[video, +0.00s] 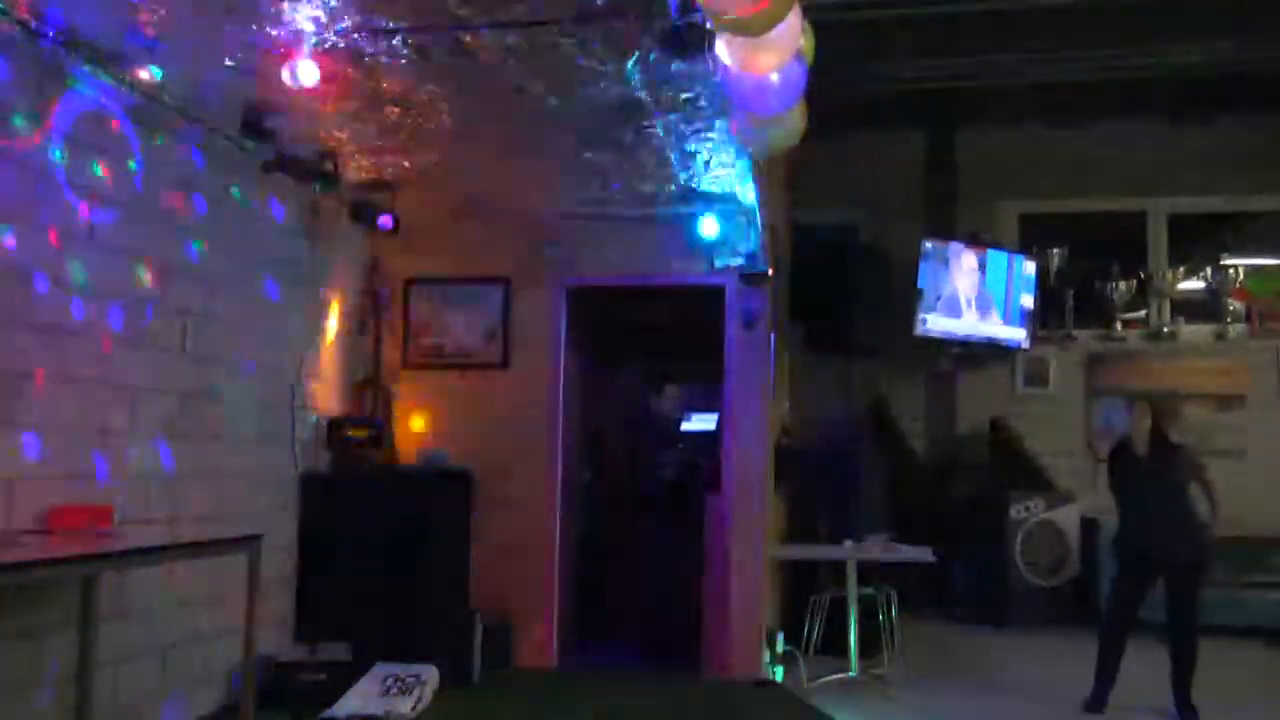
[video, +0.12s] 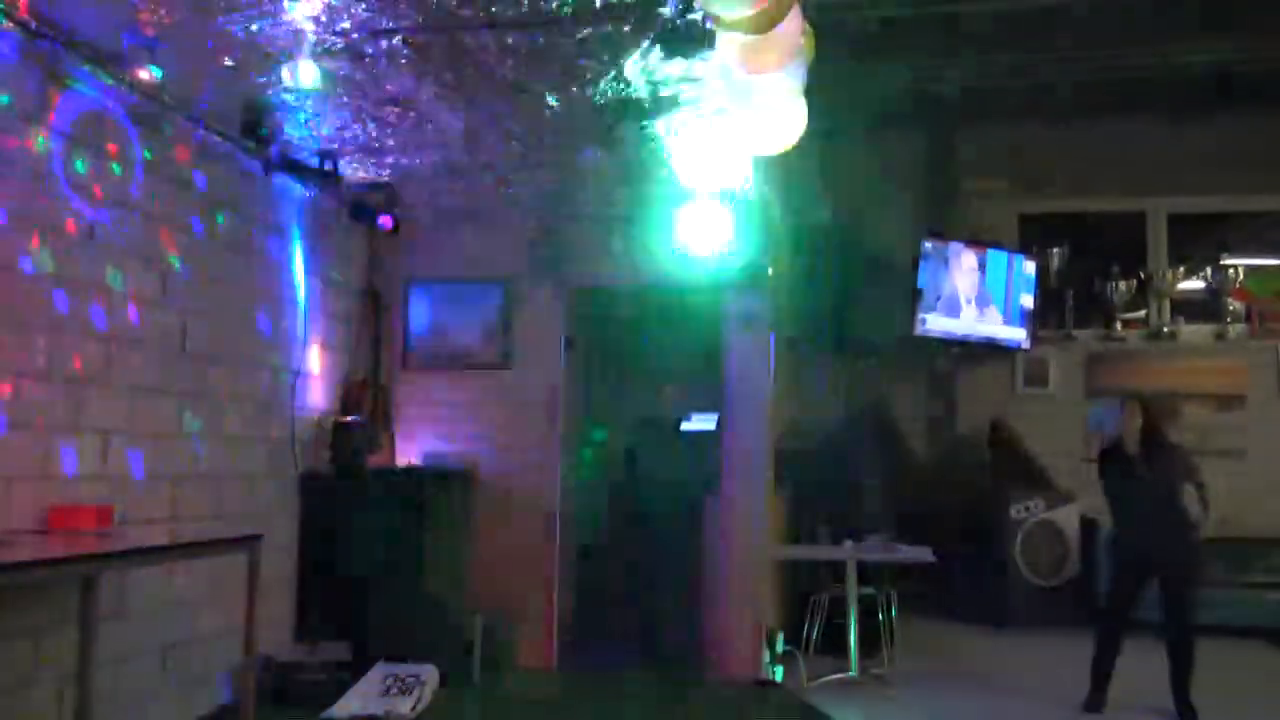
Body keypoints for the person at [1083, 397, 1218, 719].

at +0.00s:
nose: (1138, 423)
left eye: (1144, 417)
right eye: (1134, 417)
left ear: (1156, 422)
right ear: (1126, 421)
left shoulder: (1177, 455)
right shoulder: (1120, 456)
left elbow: (1205, 486)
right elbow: (1121, 499)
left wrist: (1215, 519)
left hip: (1182, 549)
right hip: (1138, 551)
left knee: (1182, 628)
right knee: (1116, 622)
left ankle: (1183, 701)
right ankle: (1099, 695)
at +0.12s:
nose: (1128, 423)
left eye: (1134, 416)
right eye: (1124, 416)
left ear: (1147, 420)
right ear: (1116, 422)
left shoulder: (1169, 454)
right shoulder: (1110, 457)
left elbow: (1197, 494)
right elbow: (1113, 500)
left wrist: (1197, 526)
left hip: (1173, 549)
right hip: (1131, 550)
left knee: (1179, 626)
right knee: (1112, 619)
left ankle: (1183, 700)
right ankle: (1097, 694)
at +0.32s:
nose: (1109, 418)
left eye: (1115, 411)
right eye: (1104, 411)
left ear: (1129, 415)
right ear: (1096, 417)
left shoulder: (1149, 449)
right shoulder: (1089, 454)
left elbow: (1179, 483)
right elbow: (1090, 496)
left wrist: (1179, 520)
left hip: (1155, 544)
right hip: (1107, 546)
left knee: (1168, 623)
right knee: (1100, 623)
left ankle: (1178, 695)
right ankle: (1095, 695)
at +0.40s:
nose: (1105, 417)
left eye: (1111, 410)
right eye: (1099, 411)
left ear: (1123, 414)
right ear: (1091, 416)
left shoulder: (1142, 448)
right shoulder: (1084, 452)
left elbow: (1168, 477)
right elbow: (1093, 493)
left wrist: (1174, 493)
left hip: (1146, 545)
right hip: (1102, 546)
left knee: (1163, 624)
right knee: (1097, 623)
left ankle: (1177, 696)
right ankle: (1095, 695)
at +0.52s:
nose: (1103, 420)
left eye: (1109, 413)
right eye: (1098, 412)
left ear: (1121, 417)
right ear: (1090, 416)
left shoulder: (1140, 450)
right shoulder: (1077, 450)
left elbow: (1165, 486)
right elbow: (1073, 492)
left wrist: (1162, 525)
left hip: (1137, 543)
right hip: (1093, 545)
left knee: (1155, 621)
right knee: (1093, 622)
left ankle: (1178, 698)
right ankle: (1094, 695)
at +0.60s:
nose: (1096, 418)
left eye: (1102, 411)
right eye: (1092, 411)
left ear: (1115, 415)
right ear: (1086, 416)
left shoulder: (1133, 447)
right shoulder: (1073, 449)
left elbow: (1159, 479)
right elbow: (1071, 491)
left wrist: (1158, 509)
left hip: (1130, 543)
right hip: (1089, 545)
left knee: (1152, 621)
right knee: (1091, 623)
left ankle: (1177, 698)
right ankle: (1094, 695)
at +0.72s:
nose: (1095, 419)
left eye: (1101, 412)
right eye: (1090, 412)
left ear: (1113, 416)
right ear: (1082, 417)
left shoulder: (1131, 449)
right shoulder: (1069, 449)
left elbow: (1153, 483)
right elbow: (1067, 493)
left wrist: (1148, 519)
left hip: (1126, 543)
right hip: (1084, 545)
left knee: (1149, 621)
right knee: (1089, 622)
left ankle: (1177, 698)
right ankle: (1094, 694)